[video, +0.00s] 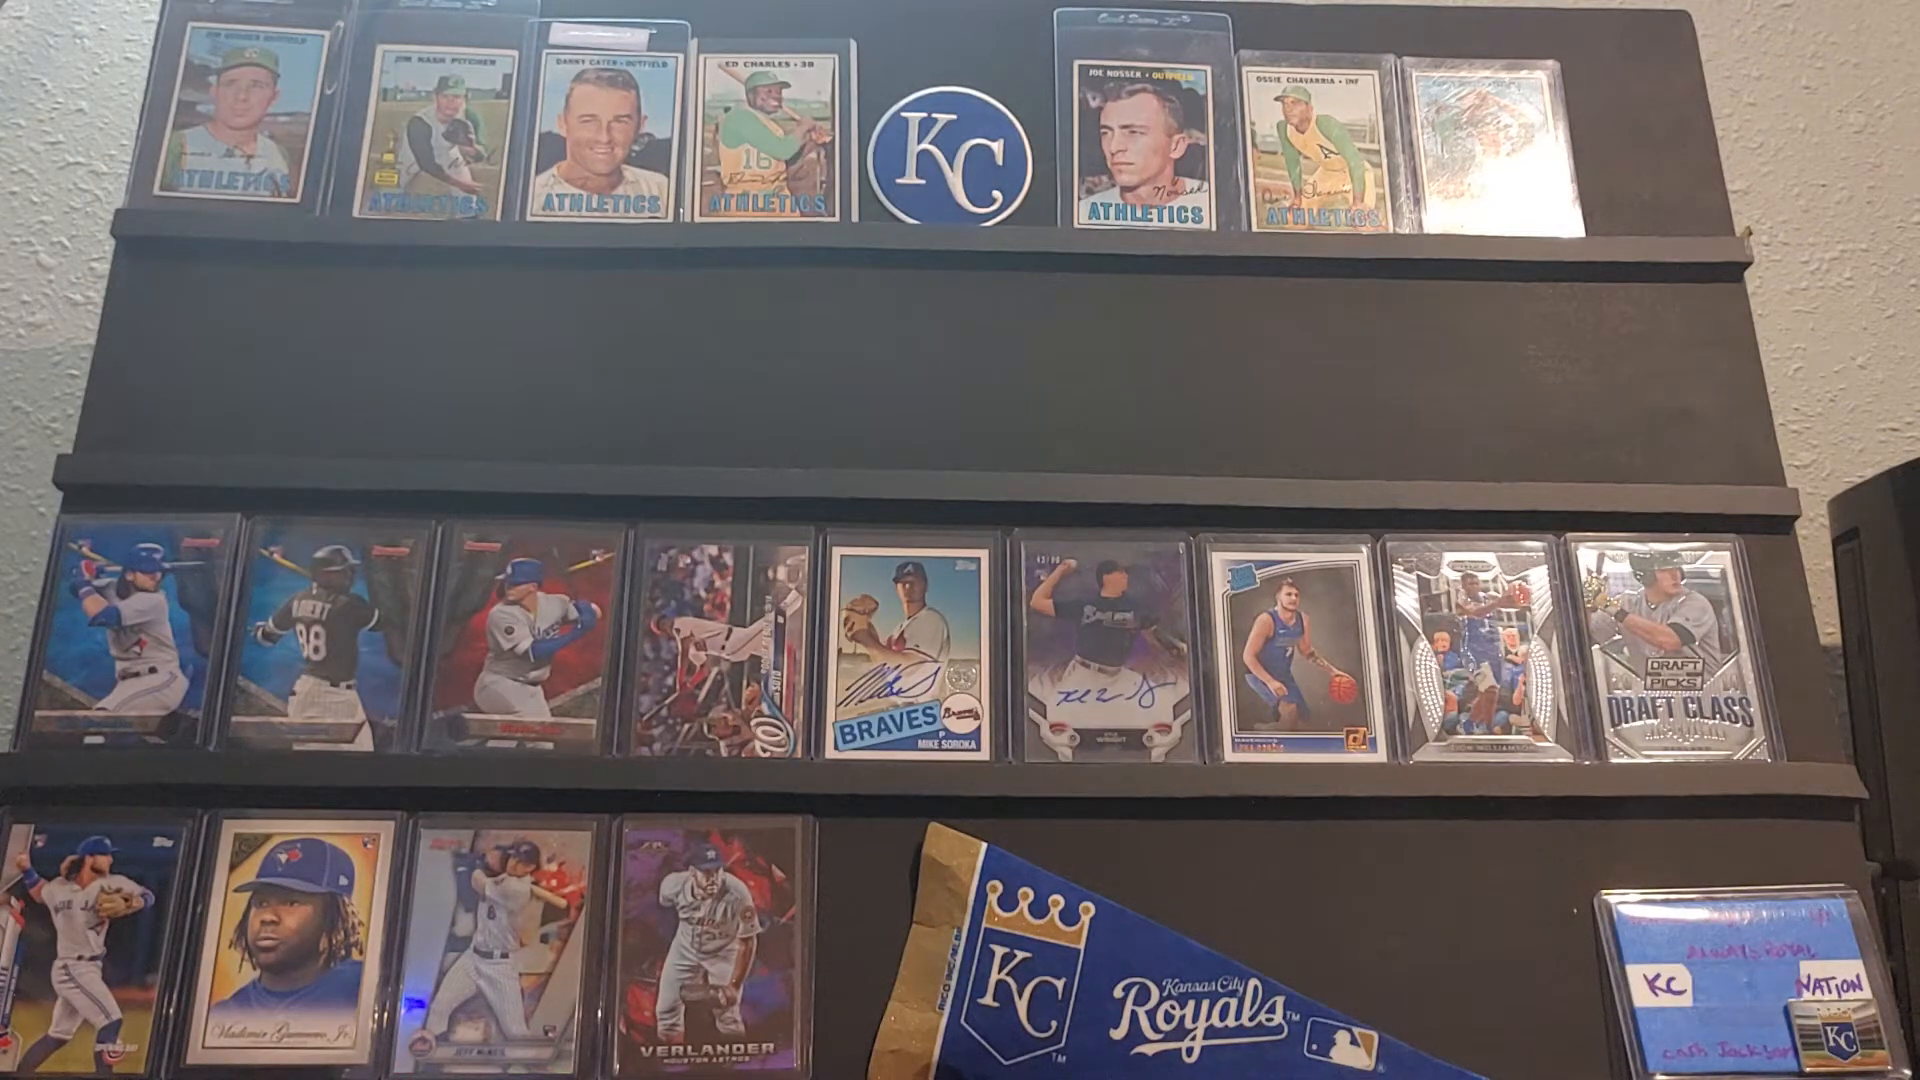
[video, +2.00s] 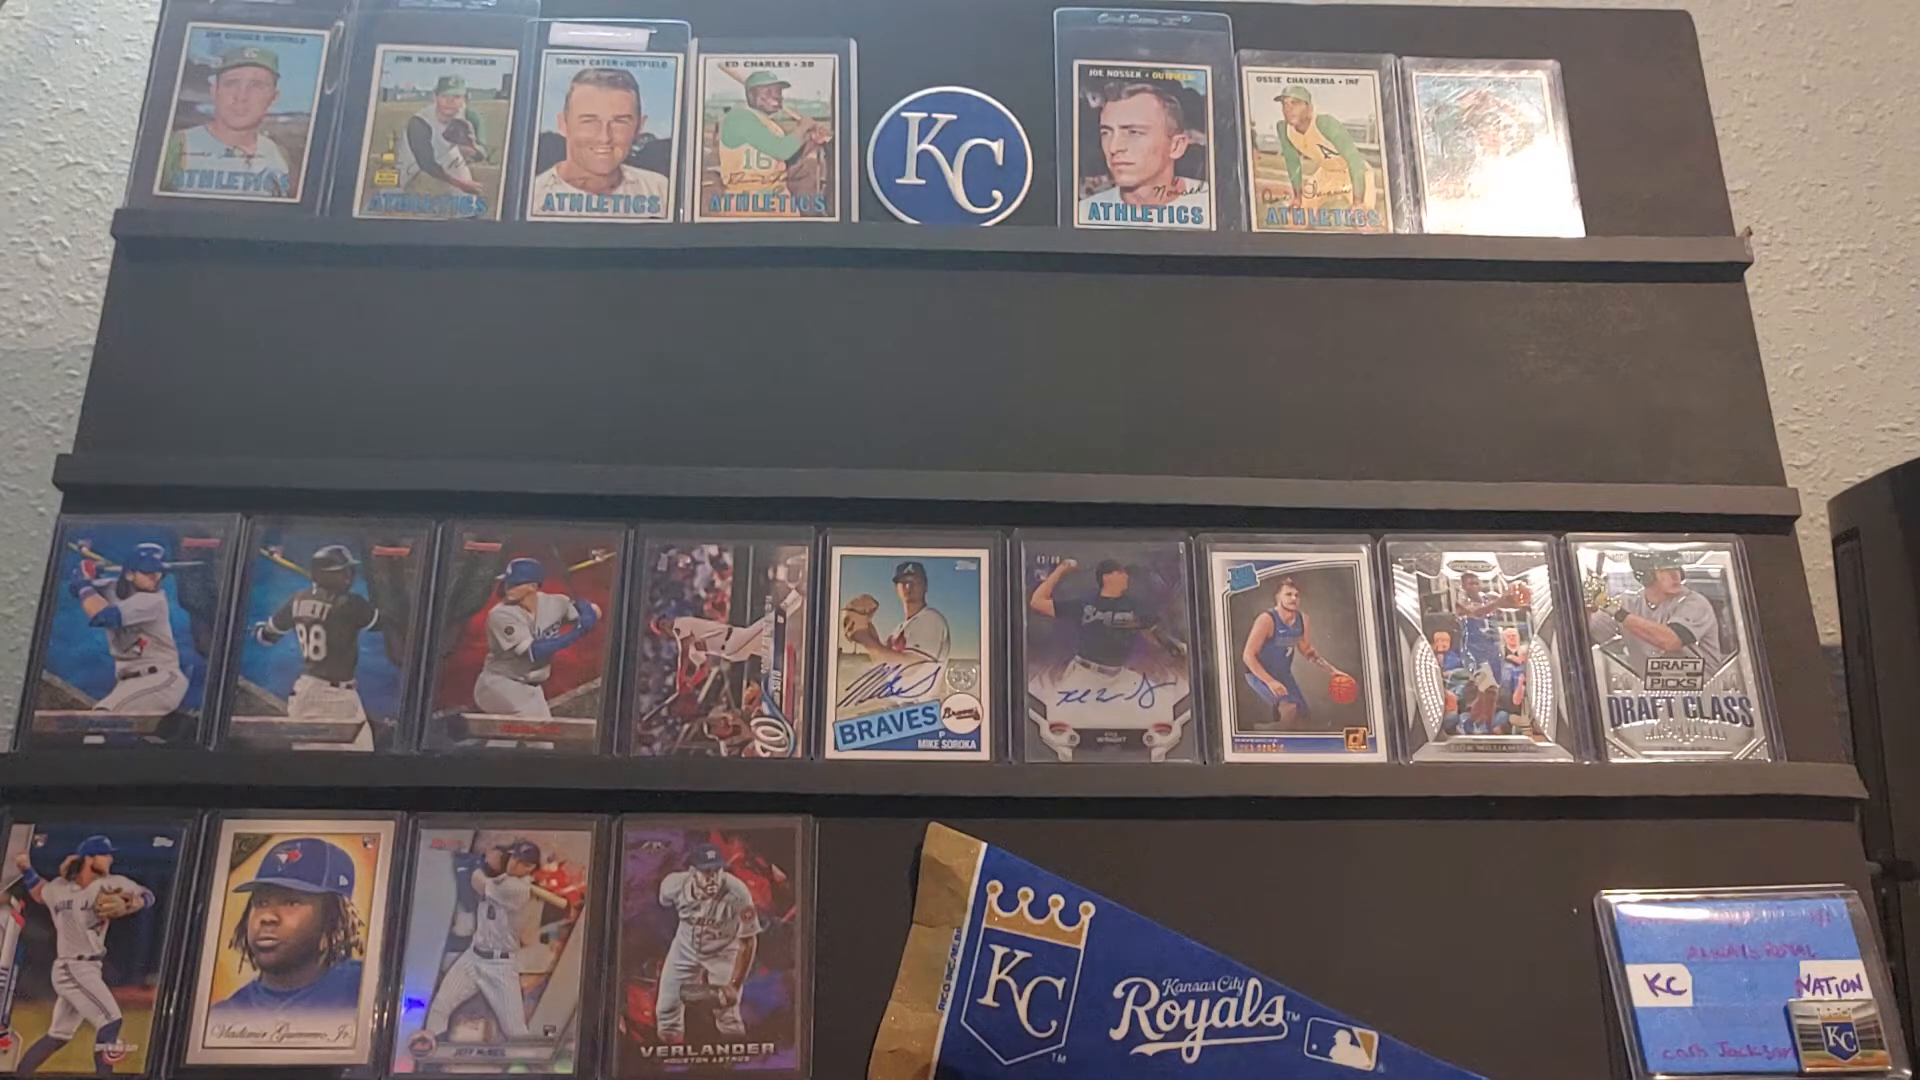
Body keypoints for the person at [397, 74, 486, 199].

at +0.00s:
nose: (451, 102)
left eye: (457, 97)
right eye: (445, 96)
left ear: (464, 100)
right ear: (436, 97)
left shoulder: (467, 117)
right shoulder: (419, 123)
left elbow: (481, 154)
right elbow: (428, 166)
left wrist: (469, 150)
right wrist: (462, 185)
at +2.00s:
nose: (450, 102)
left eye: (456, 97)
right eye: (444, 96)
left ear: (465, 101)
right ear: (436, 98)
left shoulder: (468, 117)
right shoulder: (419, 123)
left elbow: (481, 154)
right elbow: (427, 165)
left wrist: (470, 151)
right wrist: (462, 185)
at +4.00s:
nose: (450, 101)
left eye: (456, 97)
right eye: (445, 96)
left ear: (464, 100)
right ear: (436, 98)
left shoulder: (470, 117)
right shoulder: (419, 123)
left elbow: (481, 153)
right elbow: (427, 165)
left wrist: (469, 149)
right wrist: (461, 185)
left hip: (454, 164)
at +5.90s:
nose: (451, 102)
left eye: (457, 97)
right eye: (446, 96)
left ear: (464, 100)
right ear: (436, 97)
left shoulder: (468, 116)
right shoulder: (419, 123)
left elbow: (481, 153)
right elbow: (427, 165)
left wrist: (471, 151)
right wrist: (461, 184)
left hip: (453, 164)